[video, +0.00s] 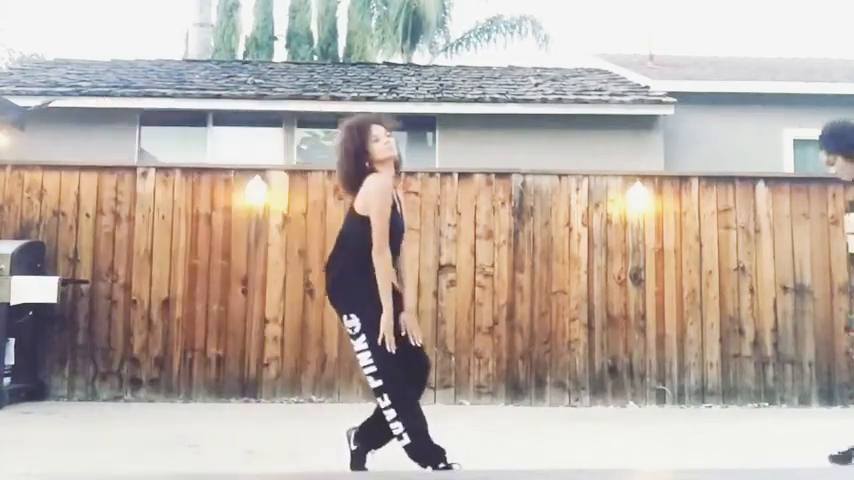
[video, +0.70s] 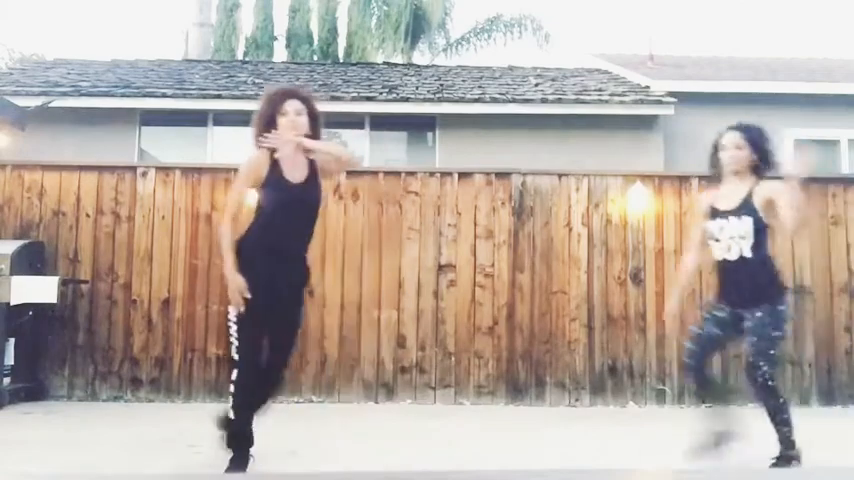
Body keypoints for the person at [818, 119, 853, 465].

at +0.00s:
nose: (831, 169)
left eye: (832, 161)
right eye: (828, 162)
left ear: (847, 155)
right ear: (843, 157)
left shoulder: (851, 196)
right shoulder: (849, 196)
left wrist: (849, 231)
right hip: (851, 298)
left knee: (851, 366)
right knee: (851, 364)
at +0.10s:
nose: (817, 166)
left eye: (820, 159)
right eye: (816, 159)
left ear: (840, 154)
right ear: (836, 156)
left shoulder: (849, 199)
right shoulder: (842, 198)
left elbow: (848, 268)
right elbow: (847, 266)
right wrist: (848, 324)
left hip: (851, 305)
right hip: (849, 303)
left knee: (852, 371)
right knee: (851, 369)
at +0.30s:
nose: (789, 166)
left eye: (792, 158)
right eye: (789, 159)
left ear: (811, 156)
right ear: (807, 156)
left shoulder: (839, 183)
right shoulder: (815, 190)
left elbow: (851, 246)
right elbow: (825, 249)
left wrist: (850, 297)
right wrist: (826, 298)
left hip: (845, 302)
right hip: (832, 302)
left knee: (840, 366)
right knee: (839, 368)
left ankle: (852, 446)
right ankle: (851, 445)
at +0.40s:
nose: (772, 165)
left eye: (777, 157)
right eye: (771, 157)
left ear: (798, 155)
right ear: (789, 158)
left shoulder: (828, 185)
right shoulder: (793, 194)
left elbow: (851, 236)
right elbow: (798, 255)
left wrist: (850, 290)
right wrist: (786, 300)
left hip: (835, 295)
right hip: (816, 297)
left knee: (817, 360)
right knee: (843, 366)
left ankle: (847, 435)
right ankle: (847, 439)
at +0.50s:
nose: (756, 161)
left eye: (762, 154)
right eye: (754, 155)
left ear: (785, 154)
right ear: (757, 158)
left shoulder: (813, 186)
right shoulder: (763, 196)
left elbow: (832, 235)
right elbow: (756, 256)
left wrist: (843, 276)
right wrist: (735, 307)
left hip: (819, 296)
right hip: (791, 301)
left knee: (793, 360)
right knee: (828, 374)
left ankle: (798, 448)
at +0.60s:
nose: (745, 158)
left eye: (753, 151)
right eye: (741, 152)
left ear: (772, 153)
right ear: (738, 157)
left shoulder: (793, 189)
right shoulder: (740, 202)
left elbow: (809, 240)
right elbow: (727, 258)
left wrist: (836, 238)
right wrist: (703, 303)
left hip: (792, 297)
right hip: (760, 301)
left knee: (770, 368)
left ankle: (792, 449)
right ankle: (819, 417)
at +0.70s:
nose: (729, 153)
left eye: (737, 147)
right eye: (723, 148)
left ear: (754, 154)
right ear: (717, 156)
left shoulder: (766, 190)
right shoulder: (708, 200)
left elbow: (790, 227)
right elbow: (693, 253)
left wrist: (793, 186)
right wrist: (676, 298)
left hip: (765, 302)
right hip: (728, 303)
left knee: (758, 371)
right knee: (694, 356)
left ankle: (788, 447)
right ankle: (721, 426)